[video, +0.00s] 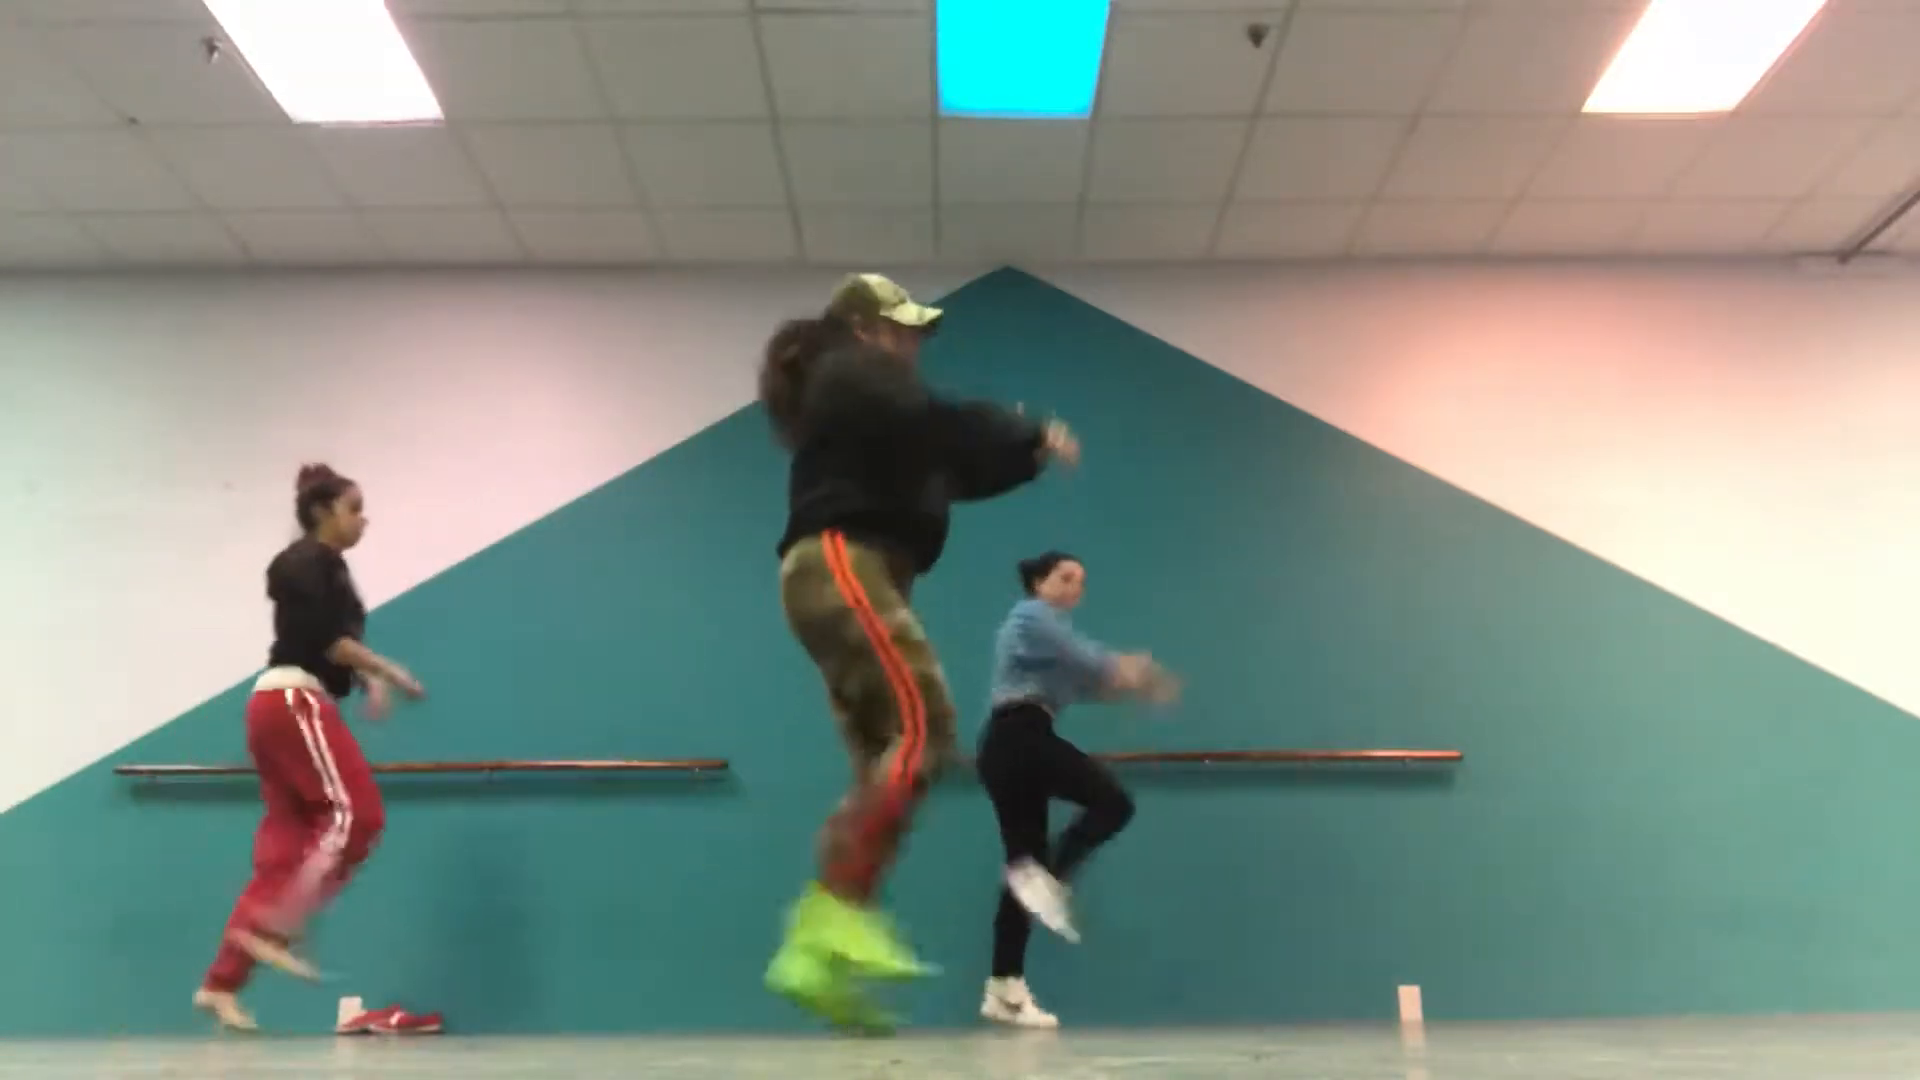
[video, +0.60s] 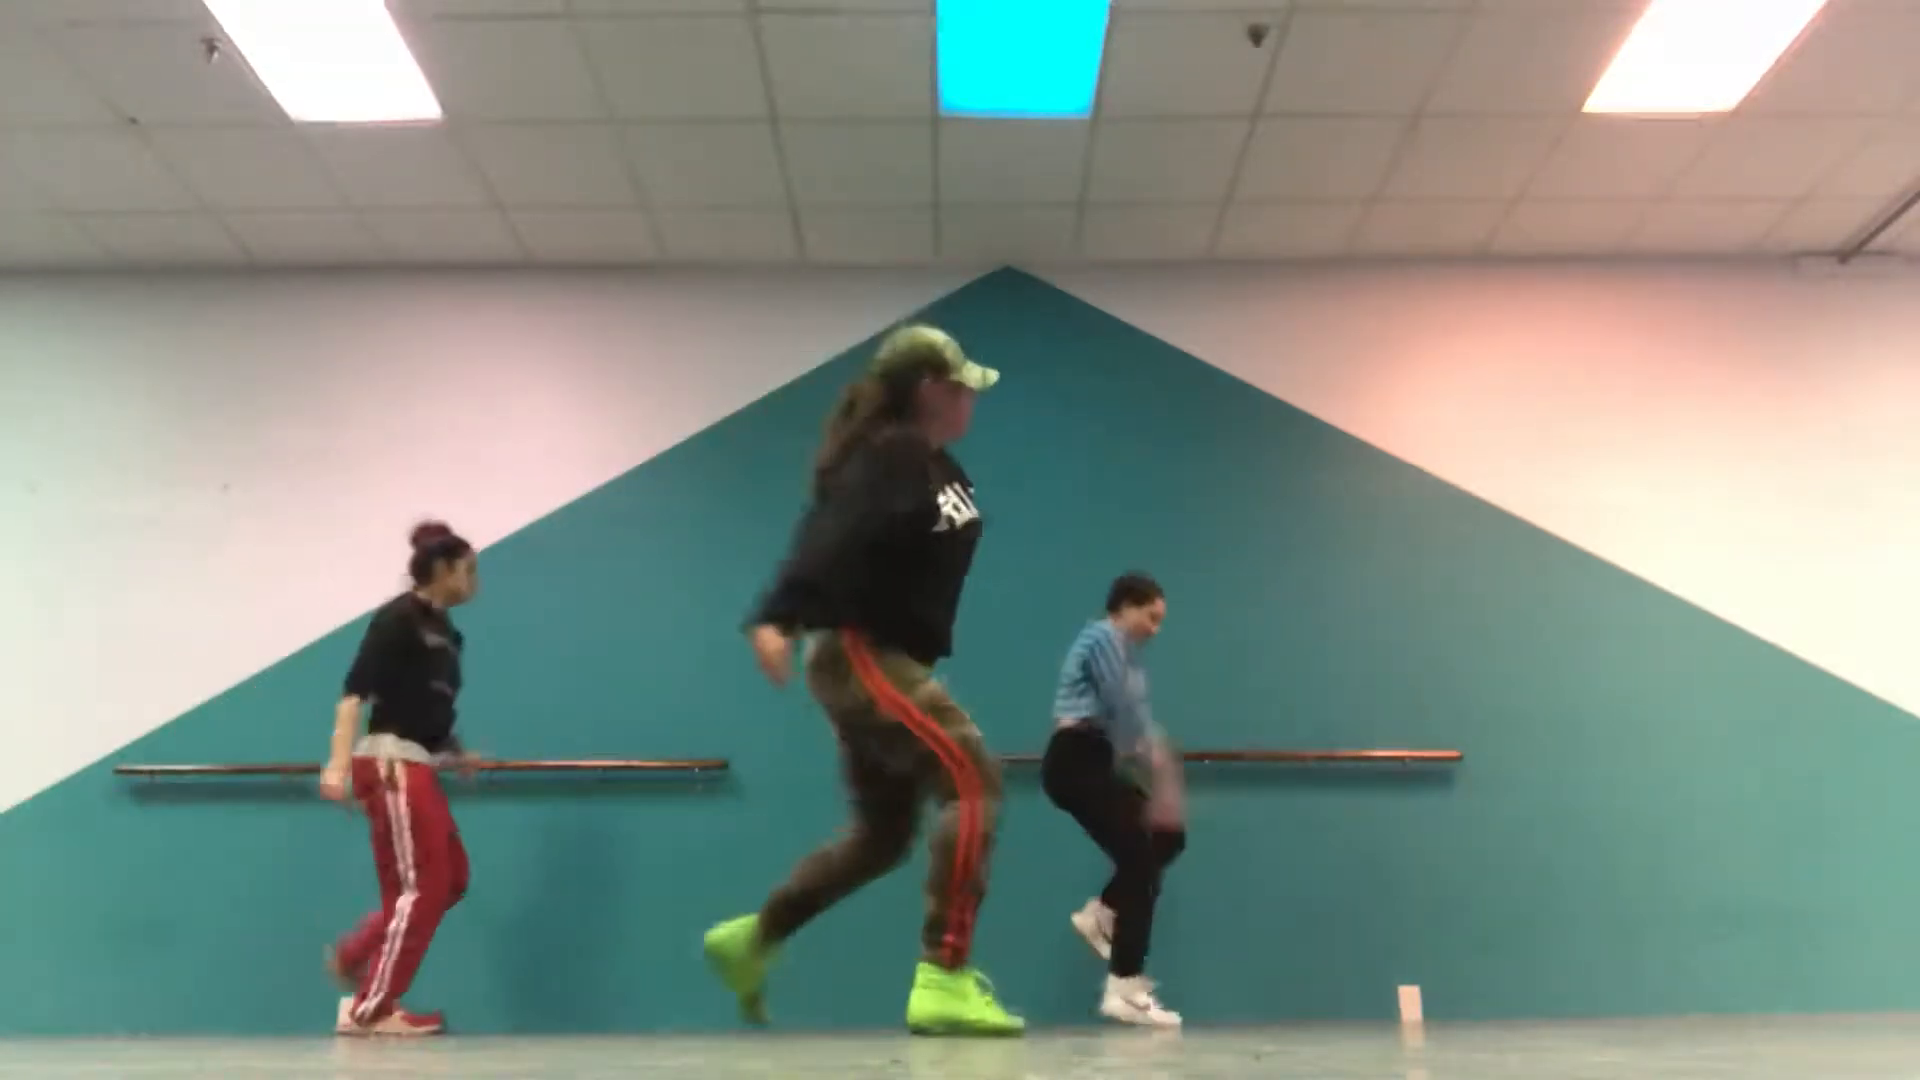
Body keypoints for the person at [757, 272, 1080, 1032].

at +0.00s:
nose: (915, 343)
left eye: (915, 333)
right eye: (903, 331)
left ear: (871, 329)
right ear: (864, 328)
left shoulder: (876, 394)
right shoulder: (847, 373)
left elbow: (949, 467)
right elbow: (929, 425)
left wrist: (1031, 453)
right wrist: (1027, 432)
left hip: (852, 570)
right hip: (838, 561)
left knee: (887, 760)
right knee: (920, 731)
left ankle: (822, 946)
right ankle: (839, 902)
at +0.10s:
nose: (919, 366)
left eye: (918, 355)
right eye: (908, 354)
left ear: (879, 352)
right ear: (868, 351)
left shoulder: (900, 428)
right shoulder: (849, 401)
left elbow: (975, 452)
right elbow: (946, 397)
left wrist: (1043, 408)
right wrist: (1048, 379)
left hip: (862, 608)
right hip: (836, 599)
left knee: (844, 798)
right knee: (905, 767)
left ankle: (765, 969)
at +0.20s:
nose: (921, 367)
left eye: (920, 356)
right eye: (909, 355)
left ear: (861, 354)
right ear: (871, 351)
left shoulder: (894, 421)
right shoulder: (853, 399)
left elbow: (975, 444)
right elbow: (951, 406)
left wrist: (1061, 417)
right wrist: (1074, 398)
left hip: (839, 620)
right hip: (834, 615)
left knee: (849, 810)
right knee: (931, 774)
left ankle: (760, 977)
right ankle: (997, 966)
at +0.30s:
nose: (929, 361)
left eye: (928, 349)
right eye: (917, 348)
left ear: (876, 348)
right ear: (881, 346)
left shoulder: (882, 405)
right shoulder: (873, 396)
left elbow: (969, 467)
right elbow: (957, 450)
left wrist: (1049, 519)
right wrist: (1050, 497)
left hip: (857, 597)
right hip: (851, 594)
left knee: (905, 794)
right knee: (938, 767)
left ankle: (809, 947)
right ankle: (968, 960)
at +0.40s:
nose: (951, 383)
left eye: (951, 370)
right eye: (940, 369)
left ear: (913, 371)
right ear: (901, 368)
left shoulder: (933, 445)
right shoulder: (873, 426)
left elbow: (974, 536)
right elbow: (907, 532)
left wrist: (1001, 612)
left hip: (883, 621)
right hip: (859, 617)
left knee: (947, 798)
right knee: (956, 785)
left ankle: (826, 926)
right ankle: (945, 979)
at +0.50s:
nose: (971, 397)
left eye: (970, 385)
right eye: (963, 385)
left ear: (930, 386)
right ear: (929, 385)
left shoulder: (946, 464)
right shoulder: (890, 454)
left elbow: (926, 564)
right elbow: (865, 556)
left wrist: (936, 665)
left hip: (901, 648)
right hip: (876, 650)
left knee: (938, 834)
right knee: (980, 795)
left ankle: (805, 923)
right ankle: (947, 981)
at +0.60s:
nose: (970, 403)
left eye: (968, 391)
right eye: (960, 390)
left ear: (930, 394)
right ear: (922, 393)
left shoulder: (935, 464)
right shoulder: (885, 457)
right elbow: (830, 530)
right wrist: (778, 617)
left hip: (891, 655)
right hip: (857, 654)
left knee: (881, 838)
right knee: (970, 779)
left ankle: (751, 941)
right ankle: (945, 976)